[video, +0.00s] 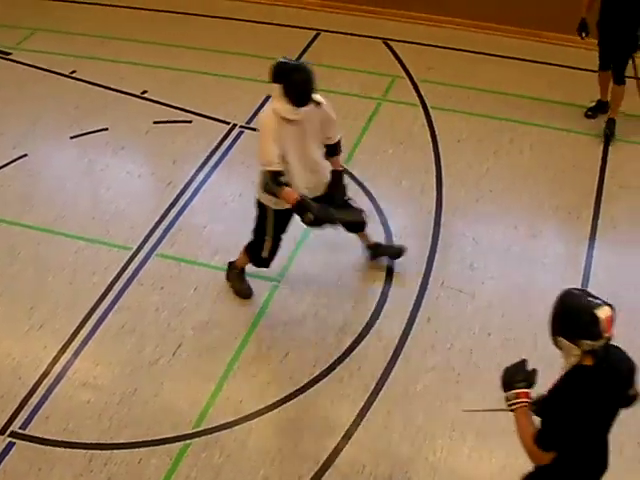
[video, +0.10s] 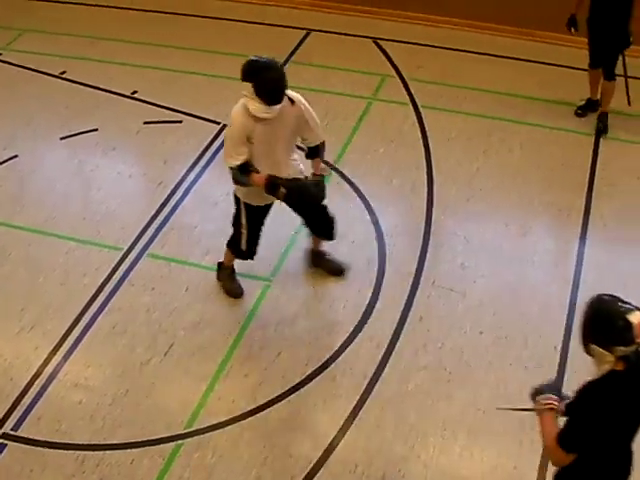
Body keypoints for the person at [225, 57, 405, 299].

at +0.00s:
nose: (304, 102)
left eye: (308, 96)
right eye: (300, 98)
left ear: (310, 90)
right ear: (289, 92)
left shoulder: (320, 107)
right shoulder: (271, 118)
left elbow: (333, 147)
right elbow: (272, 180)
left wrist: (337, 181)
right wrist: (302, 205)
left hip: (317, 184)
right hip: (280, 192)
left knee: (354, 219)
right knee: (263, 248)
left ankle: (371, 247)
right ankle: (236, 268)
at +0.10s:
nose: (276, 105)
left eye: (280, 99)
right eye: (270, 101)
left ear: (283, 90)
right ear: (258, 93)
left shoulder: (295, 104)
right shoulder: (241, 117)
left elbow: (315, 142)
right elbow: (238, 168)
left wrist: (317, 175)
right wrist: (267, 183)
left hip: (290, 177)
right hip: (253, 186)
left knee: (321, 219)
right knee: (244, 240)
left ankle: (317, 255)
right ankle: (226, 268)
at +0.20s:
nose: (258, 110)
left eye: (262, 105)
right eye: (252, 106)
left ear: (268, 95)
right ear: (239, 96)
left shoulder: (284, 106)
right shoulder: (224, 118)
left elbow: (306, 145)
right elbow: (215, 163)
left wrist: (303, 183)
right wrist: (247, 175)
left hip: (278, 183)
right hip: (238, 187)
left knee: (293, 229)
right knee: (227, 233)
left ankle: (280, 253)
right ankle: (220, 265)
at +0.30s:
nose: (243, 118)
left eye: (247, 112)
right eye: (236, 114)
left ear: (252, 102)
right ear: (222, 105)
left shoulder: (270, 117)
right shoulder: (205, 125)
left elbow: (294, 152)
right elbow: (191, 158)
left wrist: (289, 191)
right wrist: (222, 180)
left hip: (262, 191)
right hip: (221, 191)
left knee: (274, 240)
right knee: (208, 238)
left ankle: (267, 256)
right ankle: (209, 268)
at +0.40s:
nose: (223, 123)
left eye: (227, 117)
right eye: (216, 120)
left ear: (231, 106)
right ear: (202, 114)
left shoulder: (250, 124)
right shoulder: (190, 127)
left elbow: (274, 160)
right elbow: (171, 156)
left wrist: (268, 198)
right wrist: (191, 190)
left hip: (245, 193)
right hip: (206, 196)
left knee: (261, 245)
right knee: (192, 242)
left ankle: (254, 264)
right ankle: (196, 268)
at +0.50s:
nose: (217, 131)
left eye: (221, 125)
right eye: (210, 127)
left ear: (225, 115)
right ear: (195, 119)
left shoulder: (241, 132)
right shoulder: (178, 135)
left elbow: (257, 166)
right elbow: (162, 162)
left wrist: (252, 202)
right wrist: (177, 198)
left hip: (233, 198)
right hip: (194, 200)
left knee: (257, 252)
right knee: (181, 245)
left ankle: (256, 288)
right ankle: (183, 271)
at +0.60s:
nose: (215, 147)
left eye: (219, 142)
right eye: (208, 143)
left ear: (223, 131)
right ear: (192, 133)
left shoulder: (233, 145)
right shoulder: (166, 148)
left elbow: (241, 179)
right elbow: (149, 180)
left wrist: (235, 214)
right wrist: (167, 210)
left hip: (220, 210)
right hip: (180, 213)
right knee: (167, 255)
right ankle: (166, 277)